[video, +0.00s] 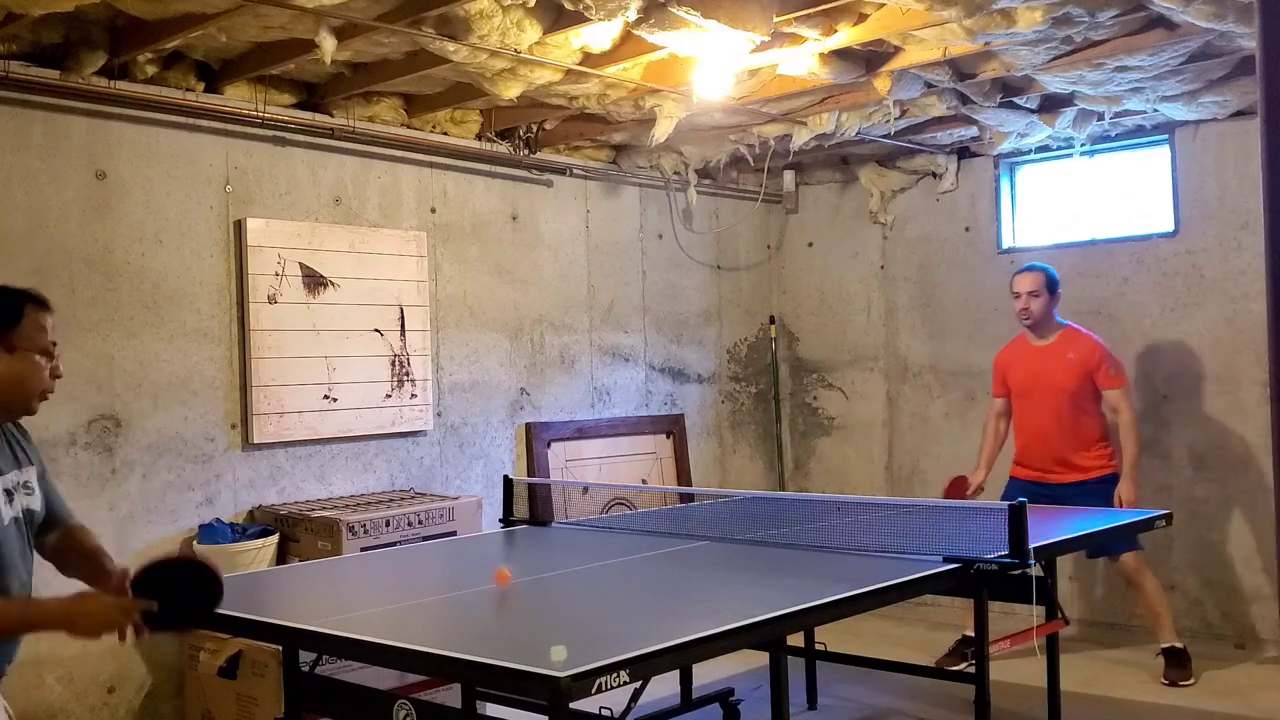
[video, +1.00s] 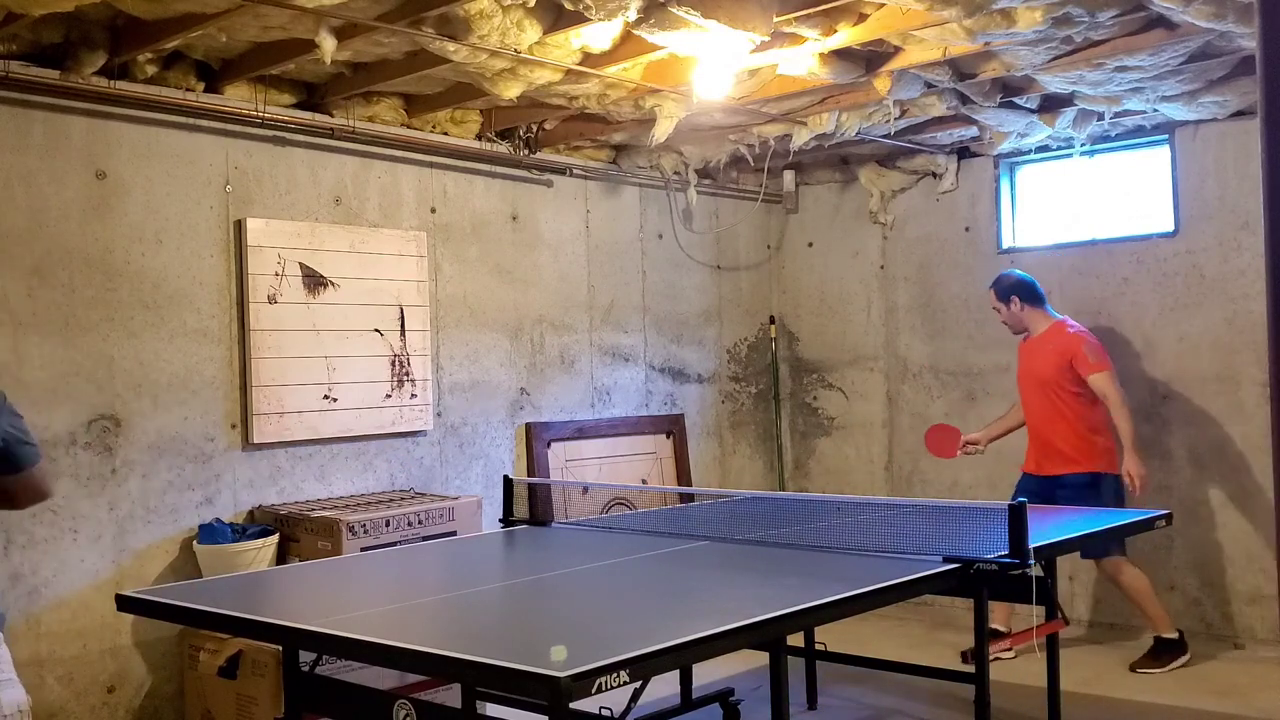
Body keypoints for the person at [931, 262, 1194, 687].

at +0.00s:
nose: (1023, 304)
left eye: (1032, 295)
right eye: (1016, 296)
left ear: (1053, 298)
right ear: (1012, 301)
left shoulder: (1090, 349)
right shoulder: (1008, 358)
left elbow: (1123, 411)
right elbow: (999, 417)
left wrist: (1128, 477)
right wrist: (981, 472)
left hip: (1090, 484)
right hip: (1027, 483)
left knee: (1132, 564)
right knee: (984, 554)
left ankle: (1172, 647)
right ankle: (972, 639)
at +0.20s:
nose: (1047, 291)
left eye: (1057, 283)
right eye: (1041, 284)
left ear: (1077, 288)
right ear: (1036, 289)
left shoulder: (1107, 341)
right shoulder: (1026, 345)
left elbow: (1137, 406)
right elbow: (1016, 404)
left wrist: (1137, 470)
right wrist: (1000, 450)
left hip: (1099, 478)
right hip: (1040, 477)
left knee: (1131, 561)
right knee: (1006, 549)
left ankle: (1173, 646)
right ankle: (998, 634)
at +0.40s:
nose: (1045, 290)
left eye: (1056, 282)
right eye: (1039, 283)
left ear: (1075, 287)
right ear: (1033, 288)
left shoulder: (1102, 342)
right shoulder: (1020, 342)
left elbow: (1129, 408)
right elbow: (1004, 396)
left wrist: (1138, 471)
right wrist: (986, 438)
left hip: (1093, 478)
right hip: (1031, 477)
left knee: (1128, 558)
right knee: (1002, 554)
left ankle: (1171, 646)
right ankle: (996, 638)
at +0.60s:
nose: (1022, 300)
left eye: (1032, 291)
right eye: (1017, 293)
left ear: (1053, 295)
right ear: (1013, 298)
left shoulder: (1086, 348)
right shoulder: (1006, 349)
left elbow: (1118, 410)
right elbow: (991, 398)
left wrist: (1133, 473)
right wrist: (969, 426)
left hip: (1084, 480)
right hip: (1022, 479)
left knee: (1123, 558)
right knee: (993, 552)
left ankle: (1170, 645)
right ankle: (999, 636)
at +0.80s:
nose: (986, 306)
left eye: (992, 297)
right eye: (983, 299)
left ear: (1019, 293)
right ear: (995, 299)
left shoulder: (1067, 333)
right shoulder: (1000, 345)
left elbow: (1106, 391)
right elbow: (1009, 403)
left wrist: (1127, 452)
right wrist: (972, 438)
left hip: (1078, 470)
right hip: (1022, 474)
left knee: (1108, 552)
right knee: (994, 551)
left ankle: (1162, 637)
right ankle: (998, 636)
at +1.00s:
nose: (998, 319)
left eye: (998, 309)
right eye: (996, 311)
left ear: (1016, 303)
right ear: (1020, 302)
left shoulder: (1075, 339)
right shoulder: (1028, 346)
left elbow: (1112, 395)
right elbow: (1033, 405)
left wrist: (1130, 453)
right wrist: (986, 436)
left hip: (1089, 475)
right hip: (1039, 475)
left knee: (1111, 561)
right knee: (1005, 549)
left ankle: (1170, 639)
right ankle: (998, 637)